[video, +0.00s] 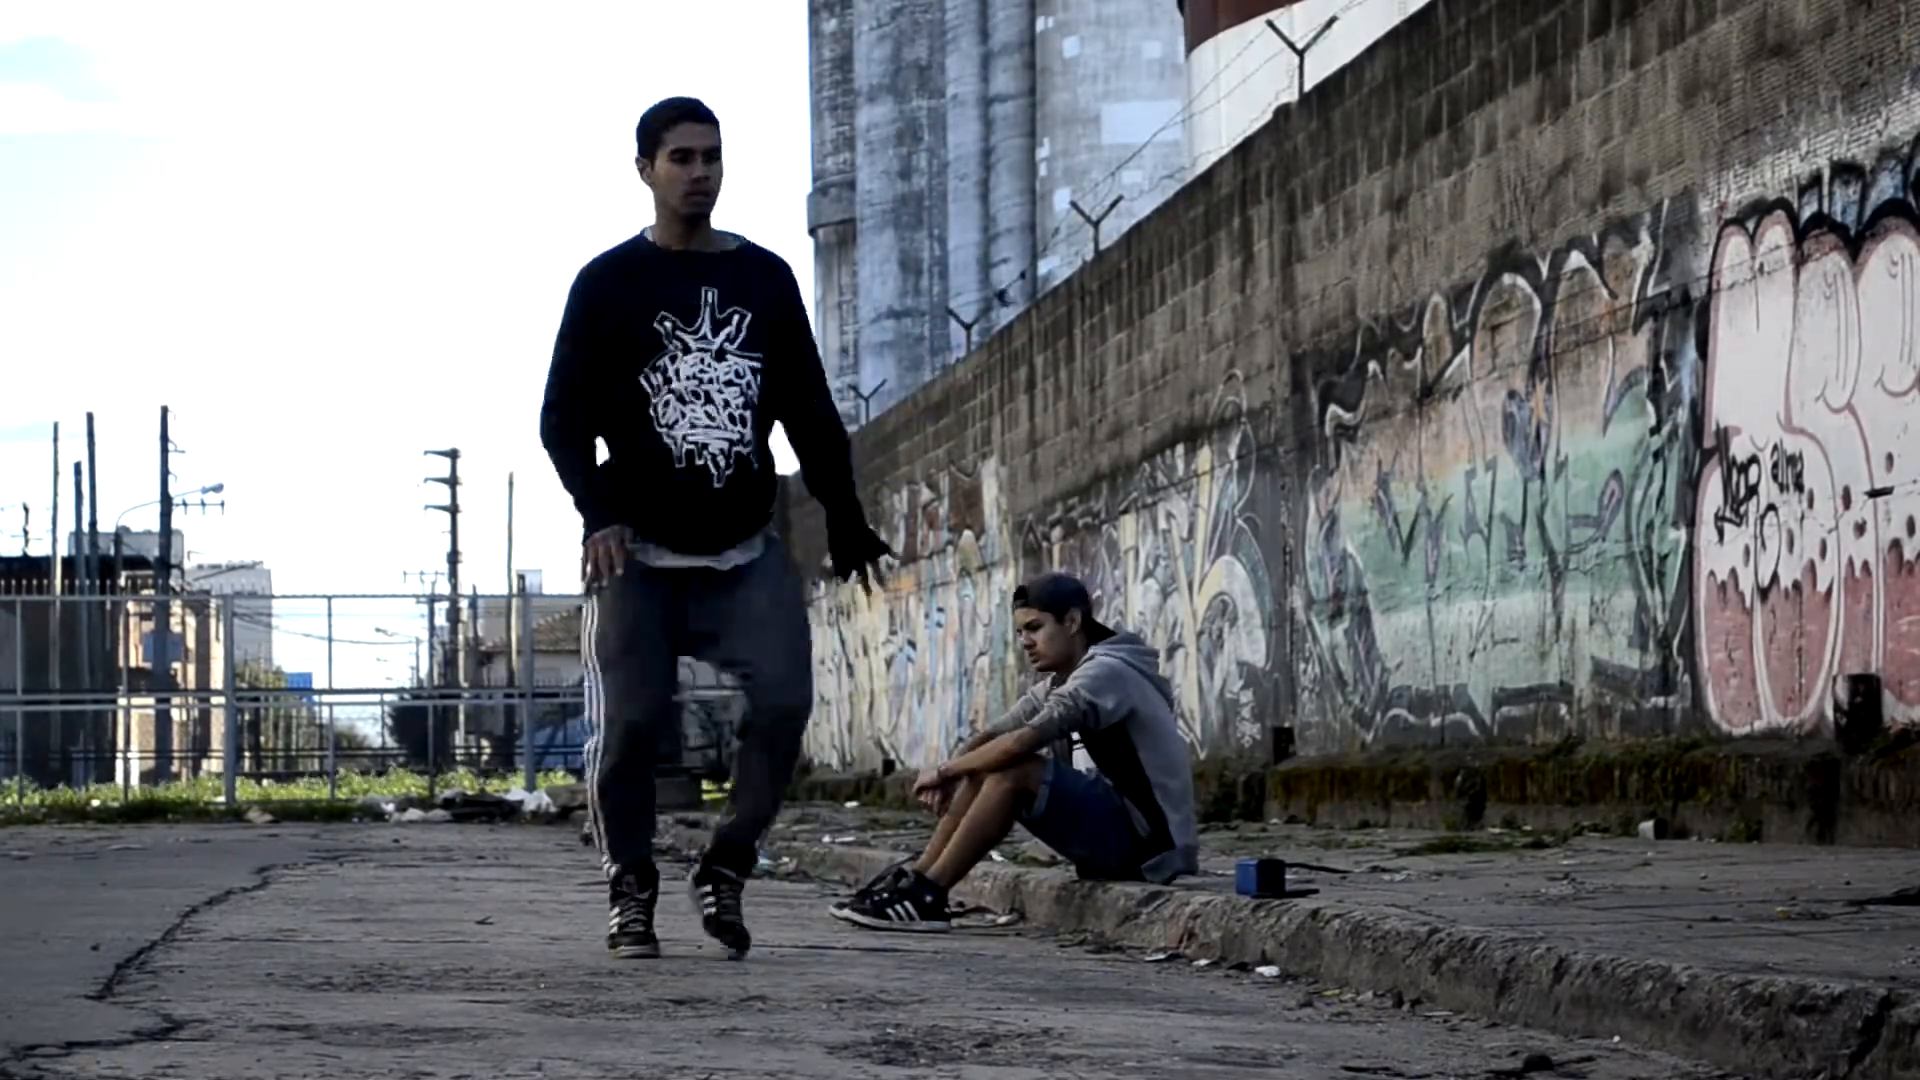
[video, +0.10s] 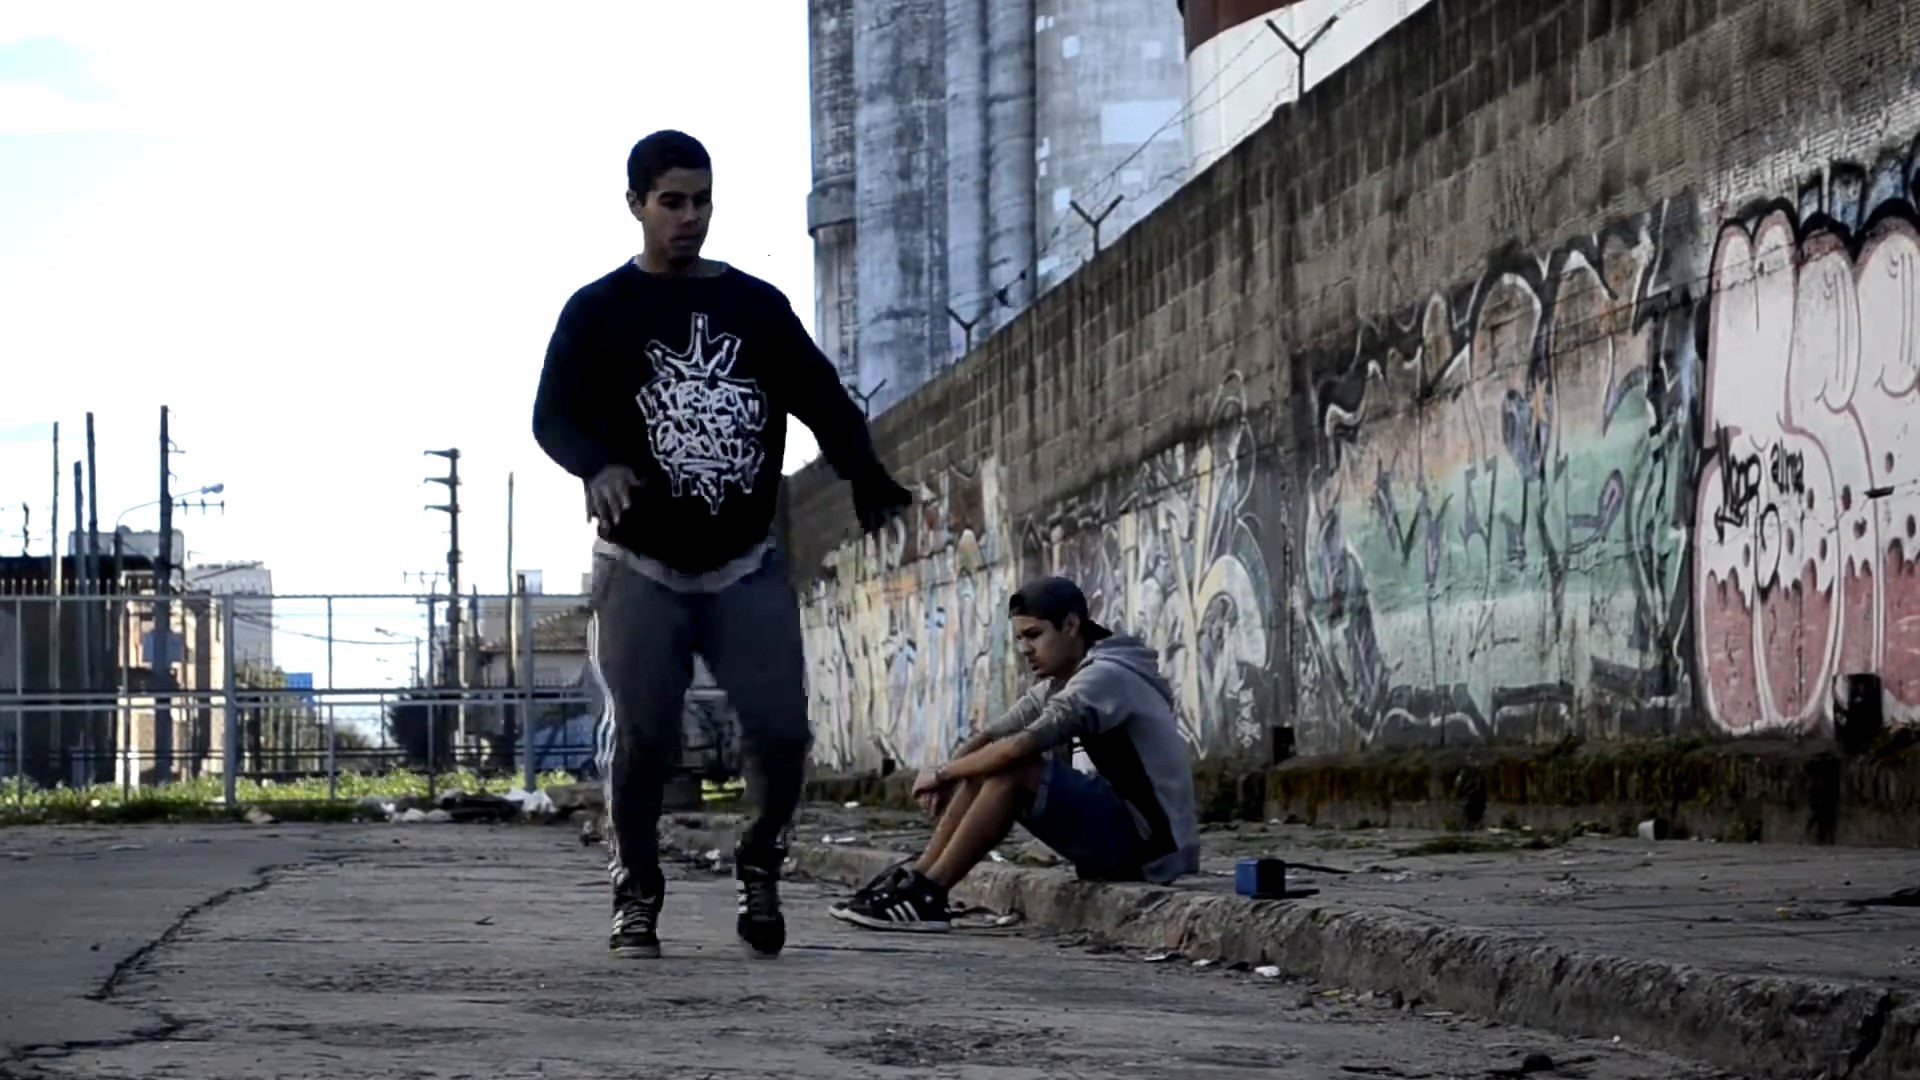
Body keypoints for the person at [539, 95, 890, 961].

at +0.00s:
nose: (700, 172)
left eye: (711, 157)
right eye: (682, 158)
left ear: (724, 170)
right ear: (647, 170)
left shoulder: (766, 278)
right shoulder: (606, 283)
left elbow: (809, 407)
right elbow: (562, 416)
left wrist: (845, 515)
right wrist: (595, 513)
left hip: (746, 546)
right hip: (638, 549)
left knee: (785, 700)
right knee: (632, 723)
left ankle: (727, 865)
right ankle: (631, 891)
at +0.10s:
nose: (690, 216)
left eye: (701, 201)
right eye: (673, 201)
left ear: (713, 206)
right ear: (637, 206)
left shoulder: (758, 308)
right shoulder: (596, 311)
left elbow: (823, 396)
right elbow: (553, 415)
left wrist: (865, 471)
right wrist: (594, 466)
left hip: (748, 566)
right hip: (639, 565)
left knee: (784, 736)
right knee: (642, 738)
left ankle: (762, 863)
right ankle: (637, 892)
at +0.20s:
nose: (687, 217)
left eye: (697, 203)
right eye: (669, 203)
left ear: (710, 214)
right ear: (634, 214)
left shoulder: (754, 310)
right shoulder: (598, 313)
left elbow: (824, 371)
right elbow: (553, 380)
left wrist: (855, 390)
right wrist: (601, 373)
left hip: (744, 571)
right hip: (636, 573)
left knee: (756, 743)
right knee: (638, 743)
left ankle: (762, 900)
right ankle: (639, 904)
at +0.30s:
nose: (690, 181)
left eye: (703, 166)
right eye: (673, 166)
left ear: (717, 174)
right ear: (641, 177)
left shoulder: (760, 270)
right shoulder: (603, 279)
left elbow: (826, 359)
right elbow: (552, 390)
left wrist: (816, 410)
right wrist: (603, 452)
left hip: (749, 530)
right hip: (645, 532)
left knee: (766, 709)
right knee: (649, 697)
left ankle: (718, 855)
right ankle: (655, 875)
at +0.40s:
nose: (694, 181)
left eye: (707, 167)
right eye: (677, 168)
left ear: (722, 177)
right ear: (647, 179)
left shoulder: (766, 274)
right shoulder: (606, 285)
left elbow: (813, 389)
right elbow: (534, 400)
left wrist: (767, 477)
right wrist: (549, 492)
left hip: (752, 526)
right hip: (647, 525)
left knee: (750, 706)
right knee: (662, 692)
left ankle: (699, 834)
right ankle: (686, 872)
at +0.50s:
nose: (692, 247)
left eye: (705, 233)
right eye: (676, 233)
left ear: (720, 244)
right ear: (645, 245)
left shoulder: (764, 328)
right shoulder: (609, 336)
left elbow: (877, 364)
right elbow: (509, 354)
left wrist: (816, 419)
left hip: (755, 580)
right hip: (657, 577)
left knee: (738, 747)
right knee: (675, 715)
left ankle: (703, 877)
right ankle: (696, 888)